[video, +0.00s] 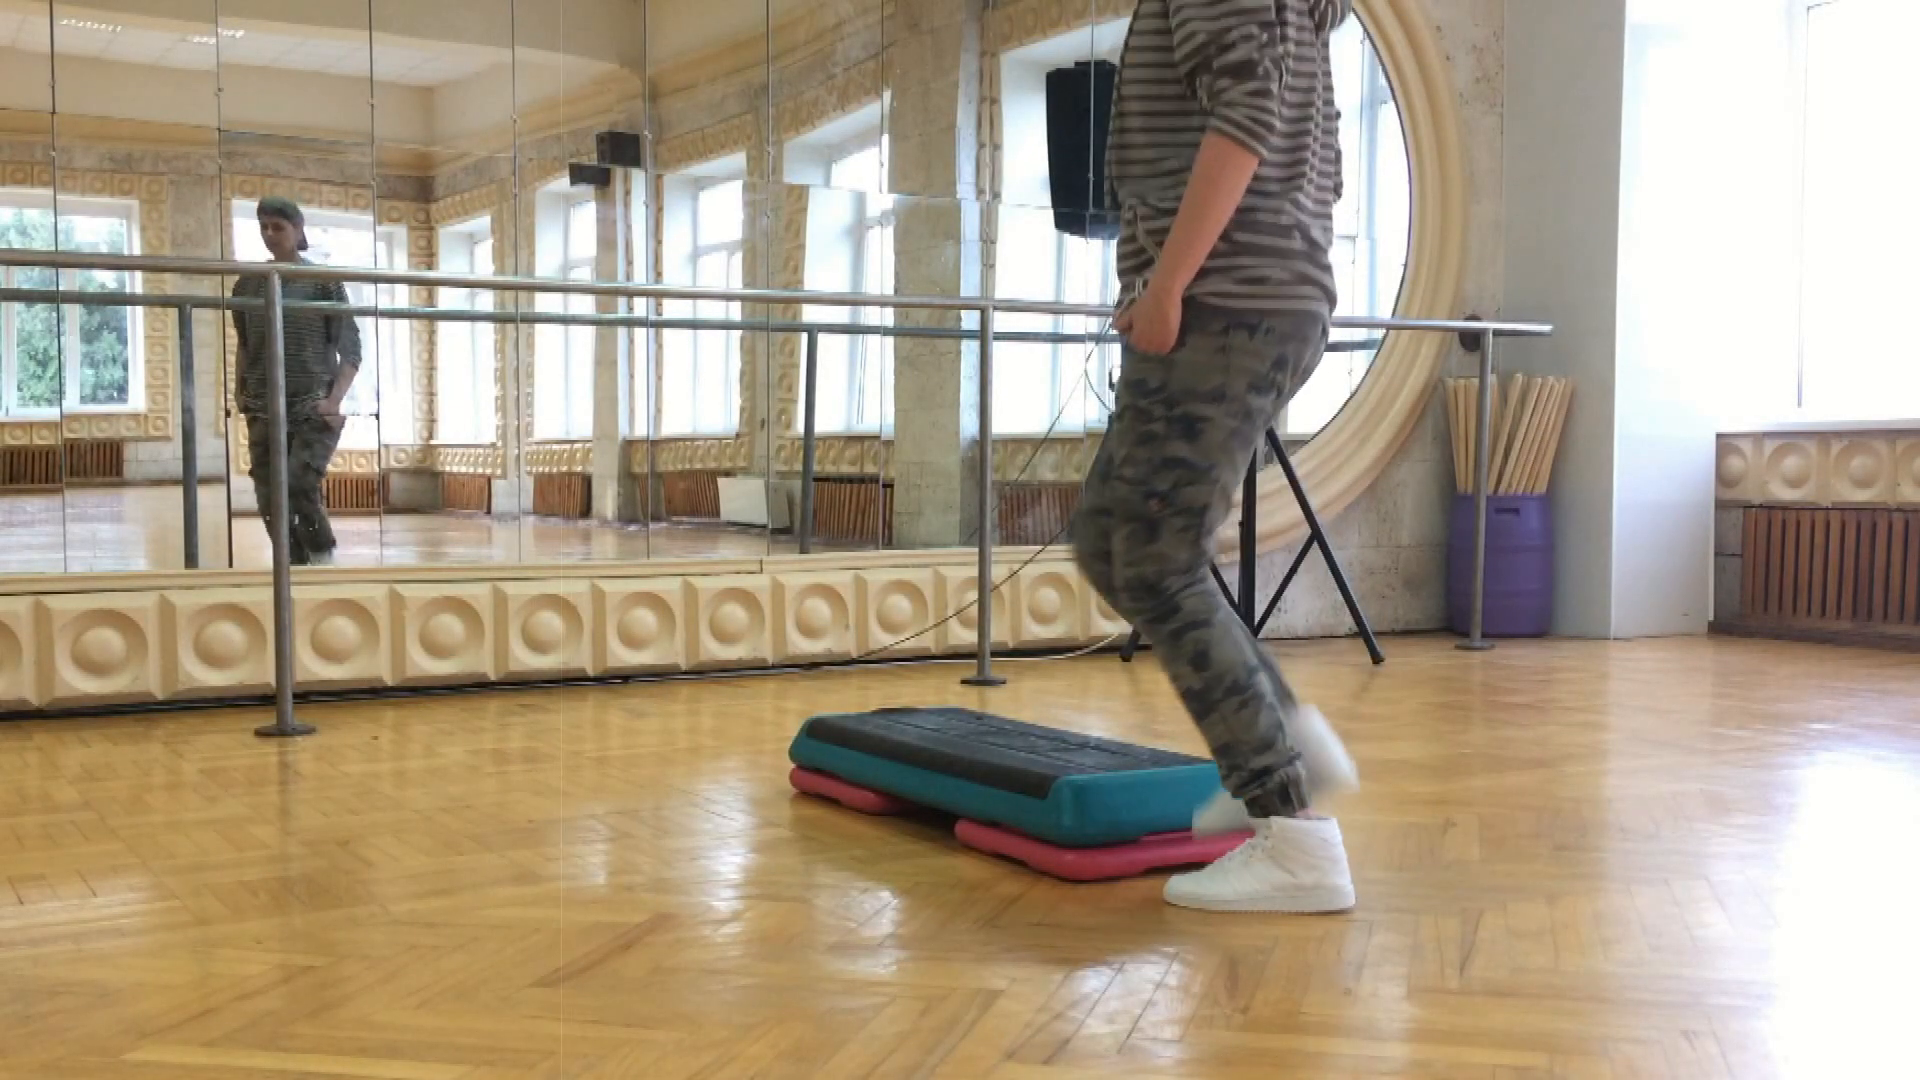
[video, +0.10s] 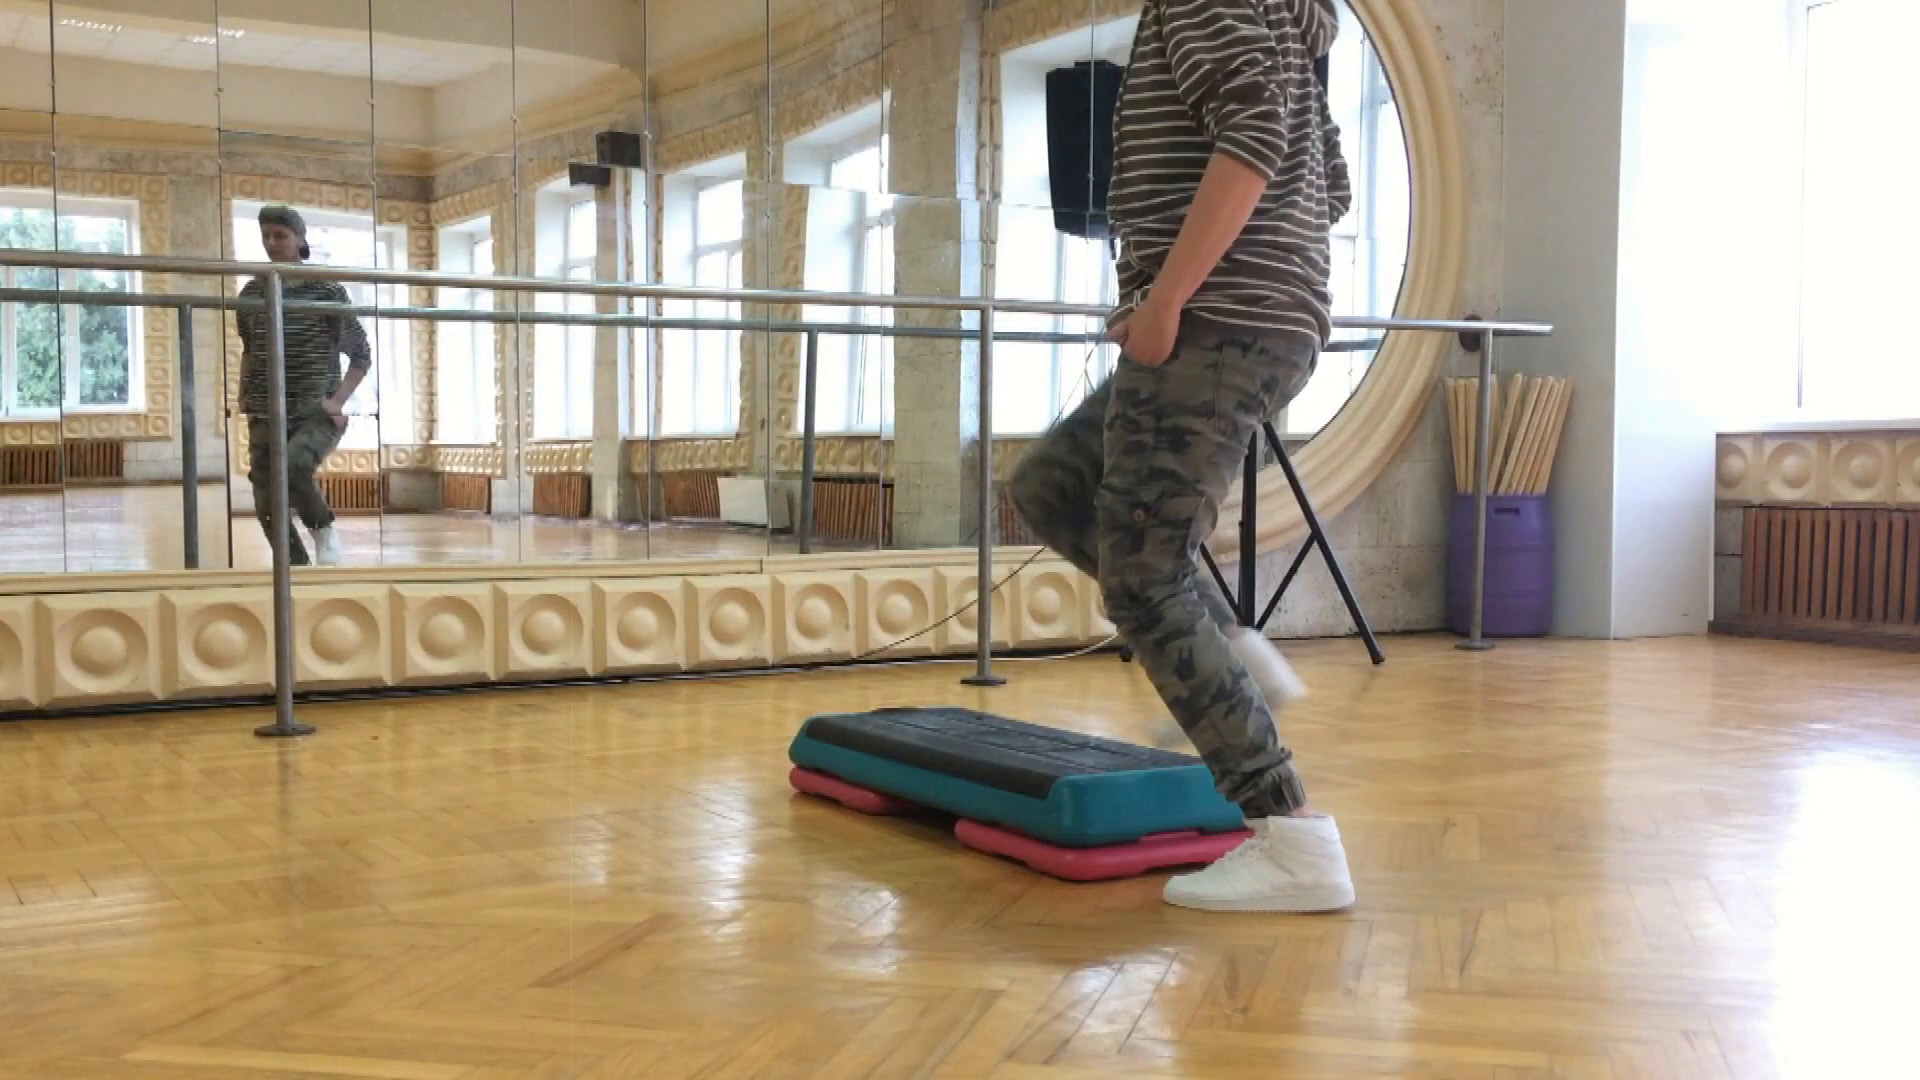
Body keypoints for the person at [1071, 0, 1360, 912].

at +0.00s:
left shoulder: (1220, 3)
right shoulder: (1291, 19)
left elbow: (1245, 119)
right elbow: (1317, 163)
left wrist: (1163, 286)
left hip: (1230, 301)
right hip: (1250, 302)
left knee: (1156, 561)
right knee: (1107, 538)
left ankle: (1294, 834)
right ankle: (1288, 736)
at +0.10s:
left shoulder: (1209, 4)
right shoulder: (1282, 18)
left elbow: (1254, 141)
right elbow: (1329, 186)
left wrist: (1165, 298)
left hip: (1225, 320)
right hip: (1254, 322)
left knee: (1140, 573)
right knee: (1046, 486)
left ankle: (1292, 835)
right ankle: (1229, 648)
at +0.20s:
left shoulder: (1188, 2)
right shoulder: (1159, 20)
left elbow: (1258, 103)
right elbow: (1298, 135)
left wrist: (1178, 269)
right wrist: (1168, 260)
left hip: (1235, 279)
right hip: (1195, 285)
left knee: (1179, 557)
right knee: (1040, 439)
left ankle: (1292, 834)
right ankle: (1149, 674)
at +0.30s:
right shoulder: (1097, 22)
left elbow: (1266, 46)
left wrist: (1213, 223)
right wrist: (1153, 241)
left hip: (1249, 236)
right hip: (1167, 258)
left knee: (1260, 501)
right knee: (1064, 448)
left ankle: (1280, 797)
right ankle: (1141, 693)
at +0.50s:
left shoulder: (1174, 3)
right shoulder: (1068, 24)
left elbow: (1287, 68)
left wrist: (1249, 235)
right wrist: (1142, 252)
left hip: (1249, 266)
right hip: (1149, 291)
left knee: (1330, 496)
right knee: (1071, 465)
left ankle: (1413, 763)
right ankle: (1144, 704)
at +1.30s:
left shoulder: (1196, 61)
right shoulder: (1165, 65)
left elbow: (1262, 215)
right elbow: (1202, 221)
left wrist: (1219, 361)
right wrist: (1167, 349)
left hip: (1234, 369)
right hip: (1185, 371)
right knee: (1151, 554)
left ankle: (1425, 698)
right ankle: (1244, 751)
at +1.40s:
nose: (1074, 2)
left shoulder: (1161, 63)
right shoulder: (1144, 60)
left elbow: (1229, 214)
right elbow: (1198, 215)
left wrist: (1165, 345)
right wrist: (1136, 335)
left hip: (1198, 359)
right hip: (1195, 358)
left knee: (1068, 519)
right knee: (1156, 550)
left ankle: (1247, 620)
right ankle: (1245, 751)